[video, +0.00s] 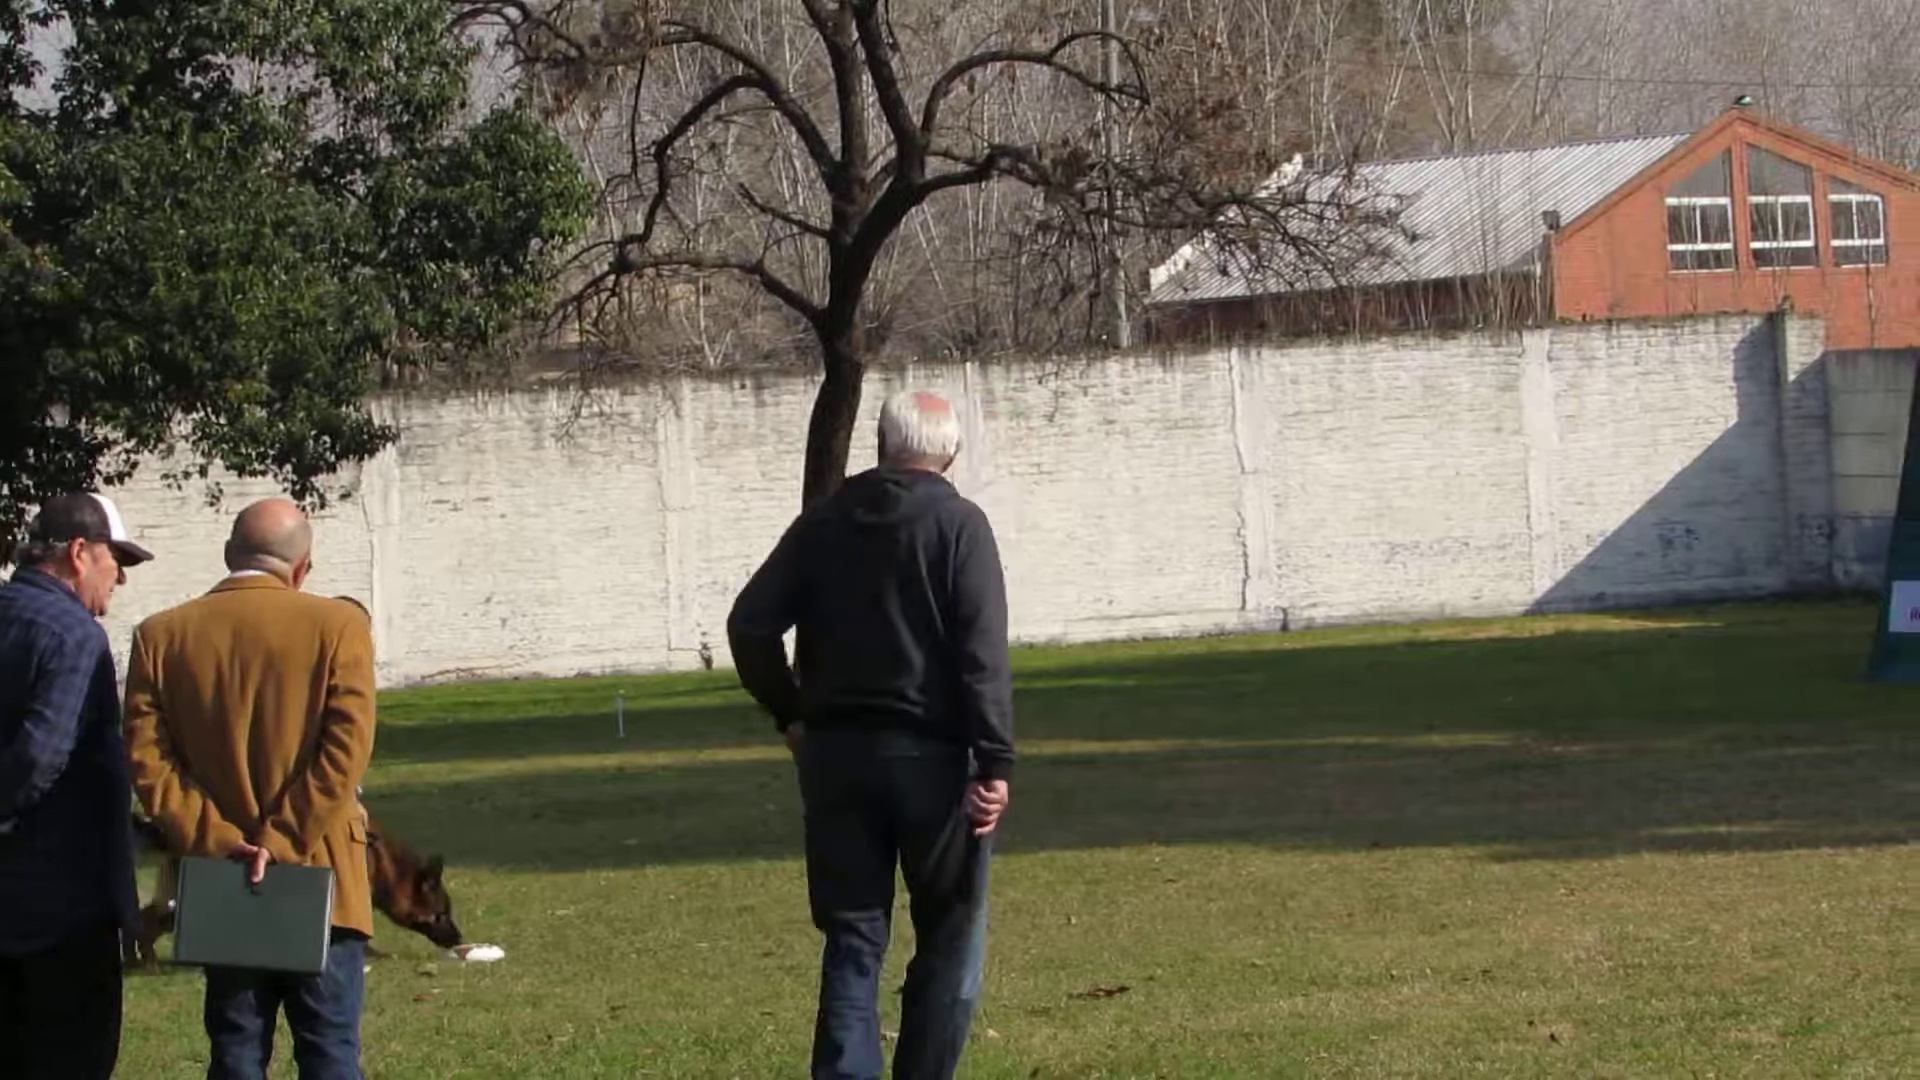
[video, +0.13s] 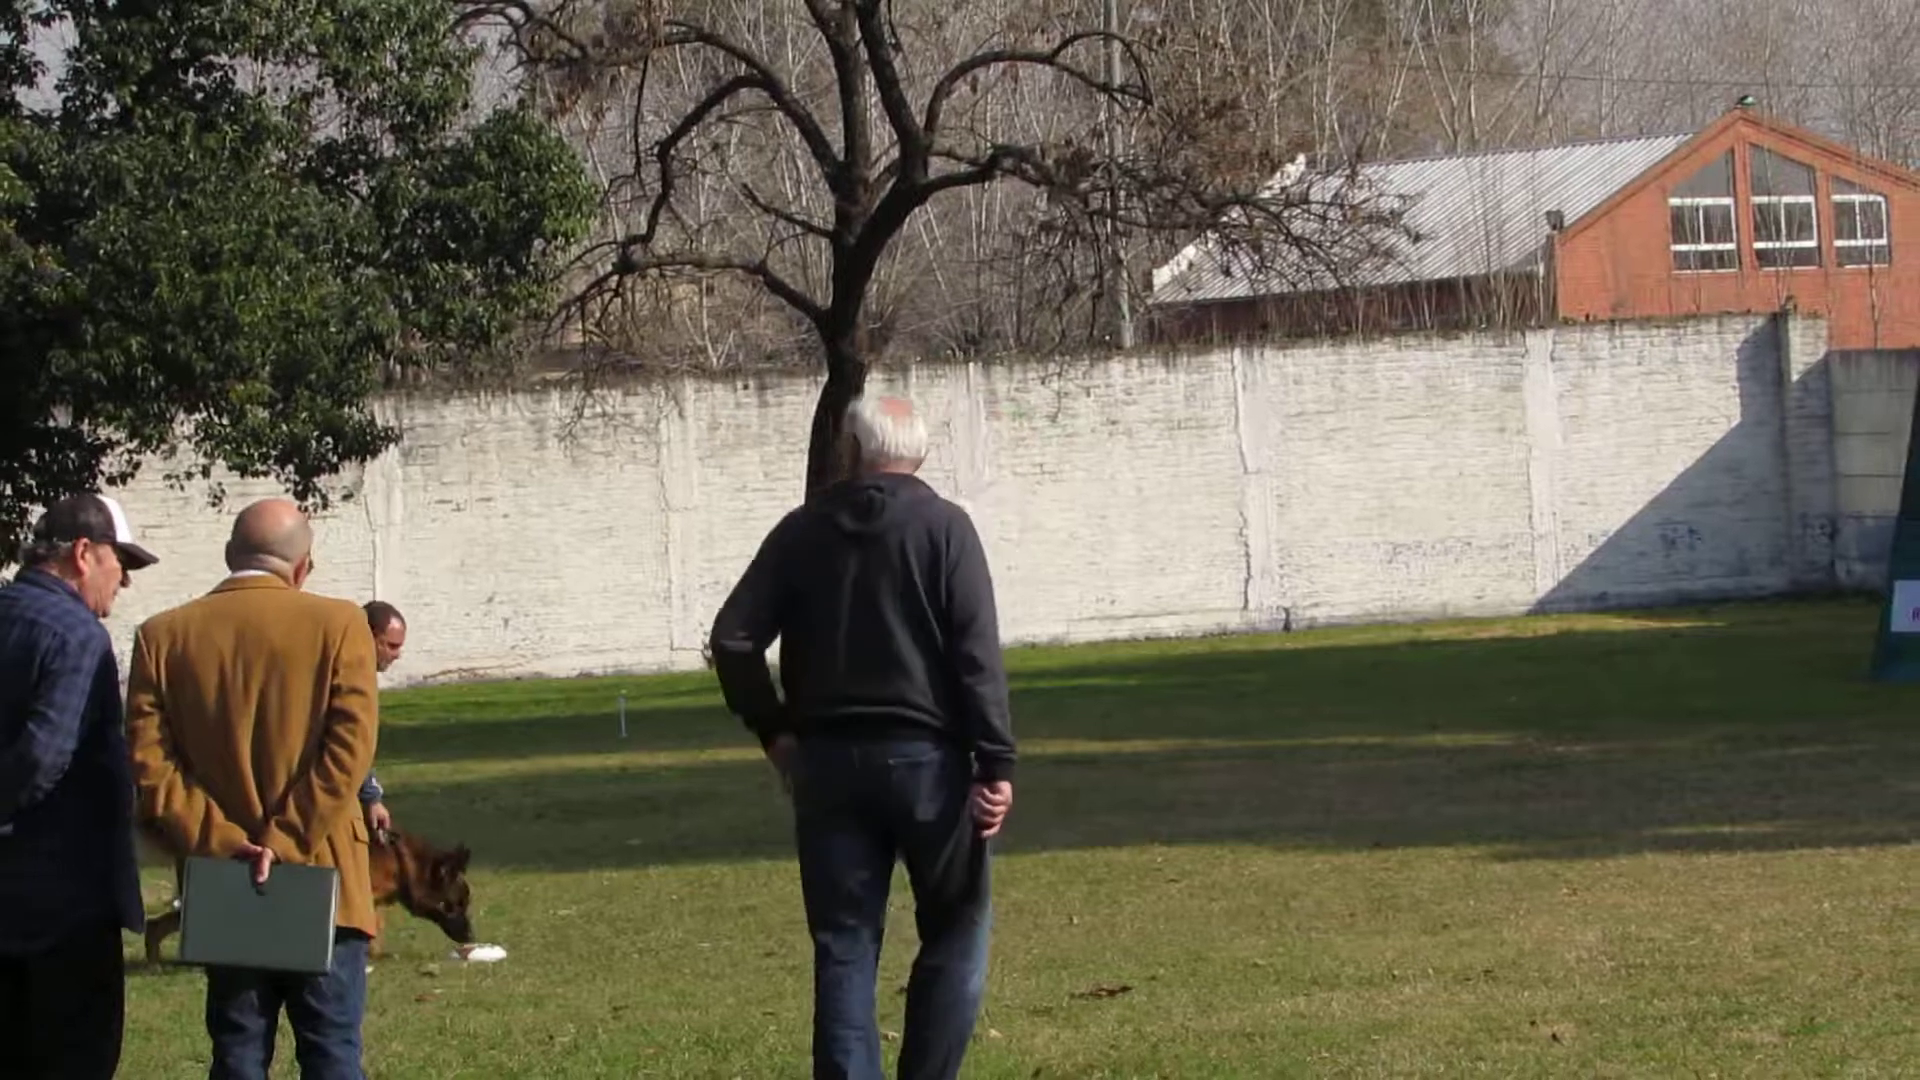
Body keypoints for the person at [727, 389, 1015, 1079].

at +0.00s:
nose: (958, 460)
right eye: (957, 451)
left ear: (883, 444)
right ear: (952, 453)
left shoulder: (826, 517)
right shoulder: (959, 522)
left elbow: (750, 623)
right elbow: (982, 650)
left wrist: (790, 714)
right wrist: (995, 760)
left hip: (835, 759)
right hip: (935, 762)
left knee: (851, 934)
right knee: (951, 936)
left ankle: (844, 1072)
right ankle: (923, 1071)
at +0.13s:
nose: (928, 461)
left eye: (925, 453)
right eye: (926, 452)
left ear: (849, 453)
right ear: (916, 457)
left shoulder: (800, 530)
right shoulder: (944, 527)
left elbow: (733, 640)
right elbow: (976, 654)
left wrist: (772, 729)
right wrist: (997, 763)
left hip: (826, 769)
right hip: (929, 766)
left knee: (842, 946)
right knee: (956, 932)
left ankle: (846, 1073)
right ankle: (929, 1071)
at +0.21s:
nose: (820, 462)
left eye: (822, 453)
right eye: (908, 451)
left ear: (830, 457)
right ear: (903, 456)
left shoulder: (788, 537)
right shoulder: (938, 527)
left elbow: (728, 648)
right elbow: (976, 656)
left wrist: (768, 736)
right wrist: (1003, 764)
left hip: (824, 775)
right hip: (927, 769)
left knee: (844, 953)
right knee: (967, 919)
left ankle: (853, 1074)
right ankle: (942, 1071)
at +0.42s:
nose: (783, 470)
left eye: (785, 459)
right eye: (784, 458)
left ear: (802, 459)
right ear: (861, 455)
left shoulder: (768, 541)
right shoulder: (915, 521)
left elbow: (713, 657)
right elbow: (965, 646)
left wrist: (750, 747)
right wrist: (999, 752)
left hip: (815, 773)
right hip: (921, 763)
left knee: (838, 962)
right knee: (956, 924)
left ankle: (852, 1076)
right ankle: (947, 1072)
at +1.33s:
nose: (872, 402)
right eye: (872, 392)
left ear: (793, 400)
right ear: (869, 397)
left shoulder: (757, 481)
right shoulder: (893, 466)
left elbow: (693, 600)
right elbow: (937, 595)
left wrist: (745, 684)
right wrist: (970, 702)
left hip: (795, 713)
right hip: (890, 709)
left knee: (818, 911)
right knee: (904, 907)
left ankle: (835, 1065)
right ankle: (897, 1068)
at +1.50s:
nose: (890, 326)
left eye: (886, 316)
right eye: (888, 316)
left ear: (803, 322)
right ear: (881, 321)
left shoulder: (765, 401)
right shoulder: (899, 391)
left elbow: (700, 516)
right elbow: (938, 521)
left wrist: (751, 602)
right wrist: (970, 627)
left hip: (800, 640)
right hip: (891, 636)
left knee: (819, 826)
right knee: (900, 822)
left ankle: (833, 1009)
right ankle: (888, 1016)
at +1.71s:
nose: (870, 229)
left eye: (866, 217)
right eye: (868, 219)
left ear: (783, 219)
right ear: (856, 224)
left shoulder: (738, 302)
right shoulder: (870, 296)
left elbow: (671, 409)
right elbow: (904, 430)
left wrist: (716, 500)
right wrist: (927, 537)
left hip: (763, 545)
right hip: (852, 542)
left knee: (785, 732)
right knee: (857, 733)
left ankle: (791, 914)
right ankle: (844, 921)